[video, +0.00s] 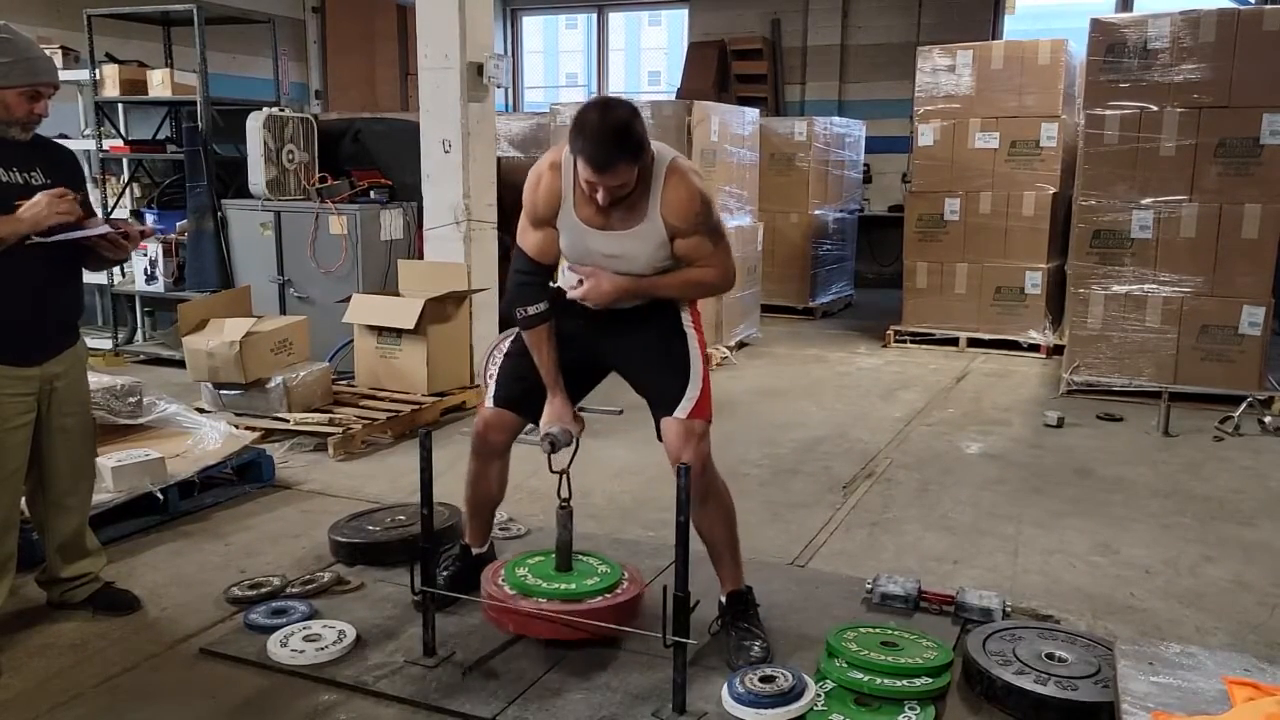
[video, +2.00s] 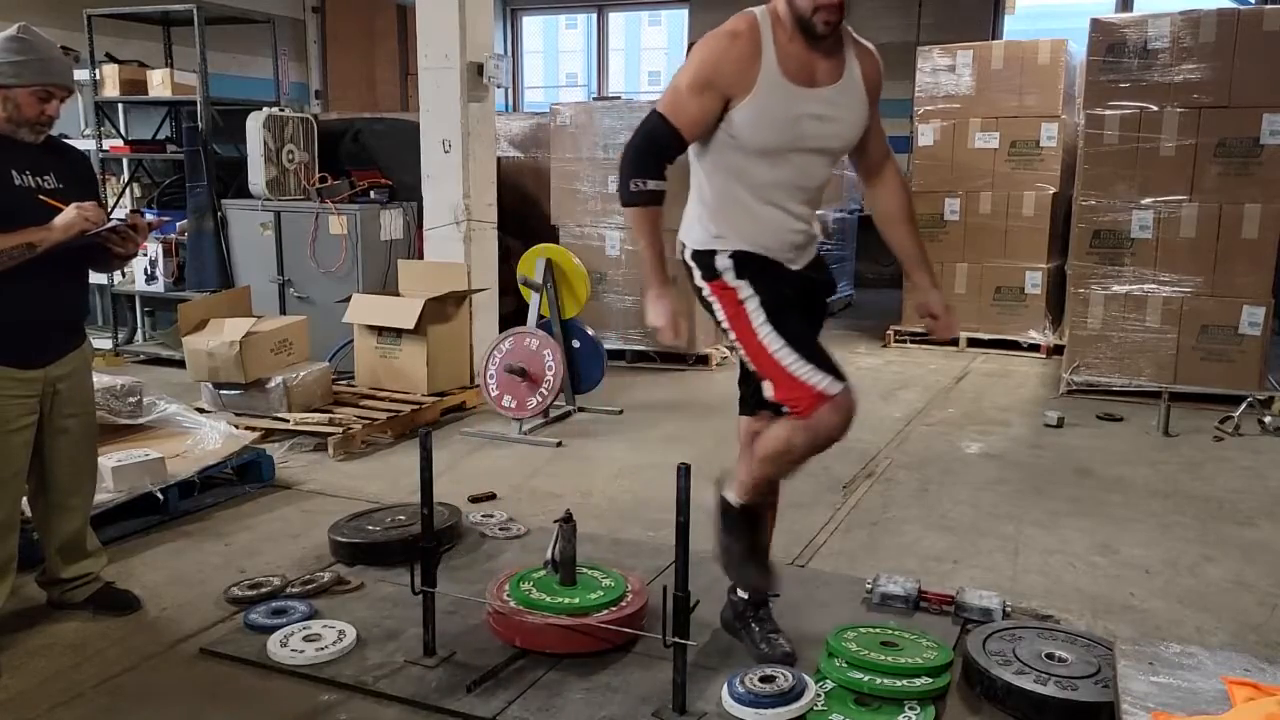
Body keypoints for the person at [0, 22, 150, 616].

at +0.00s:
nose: (43, 107)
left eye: (48, 95)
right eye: (32, 95)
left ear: (50, 92)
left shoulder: (58, 158)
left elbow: (86, 249)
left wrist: (112, 249)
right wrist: (21, 222)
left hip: (62, 347)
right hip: (5, 357)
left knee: (69, 473)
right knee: (7, 490)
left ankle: (74, 581)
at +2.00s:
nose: (54, 110)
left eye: (61, 98)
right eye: (43, 97)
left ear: (64, 96)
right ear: (7, 90)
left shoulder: (71, 160)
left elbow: (87, 253)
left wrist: (120, 250)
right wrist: (53, 232)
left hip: (68, 351)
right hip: (7, 360)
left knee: (70, 475)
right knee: (7, 491)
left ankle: (73, 580)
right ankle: (0, 599)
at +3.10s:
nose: (32, 106)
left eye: (41, 94)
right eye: (19, 93)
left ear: (51, 95)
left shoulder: (76, 159)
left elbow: (107, 241)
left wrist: (121, 248)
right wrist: (22, 210)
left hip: (81, 351)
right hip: (9, 362)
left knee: (86, 474)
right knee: (8, 490)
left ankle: (76, 580)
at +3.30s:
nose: (58, 100)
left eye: (58, 88)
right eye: (51, 90)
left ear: (55, 94)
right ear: (38, 93)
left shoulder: (88, 159)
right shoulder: (74, 162)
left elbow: (108, 248)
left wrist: (120, 246)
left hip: (84, 339)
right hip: (32, 344)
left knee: (86, 468)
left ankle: (76, 582)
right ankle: (62, 581)